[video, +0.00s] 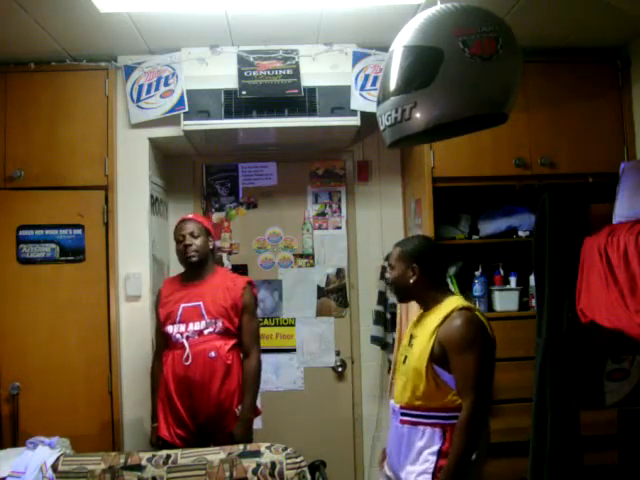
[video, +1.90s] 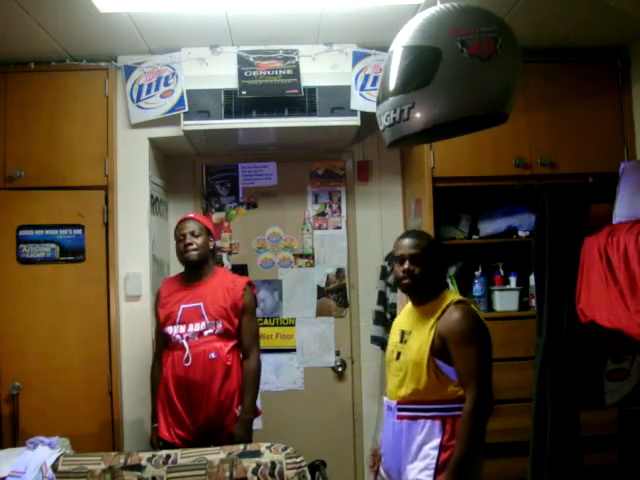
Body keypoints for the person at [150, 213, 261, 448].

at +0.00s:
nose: (186, 242)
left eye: (194, 236)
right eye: (180, 239)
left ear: (210, 241)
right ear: (176, 248)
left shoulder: (238, 287)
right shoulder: (167, 290)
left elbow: (251, 354)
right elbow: (160, 353)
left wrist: (246, 416)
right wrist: (157, 417)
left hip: (225, 415)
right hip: (176, 417)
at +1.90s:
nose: (187, 241)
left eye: (195, 234)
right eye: (180, 238)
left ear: (211, 242)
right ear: (176, 248)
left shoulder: (237, 288)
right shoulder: (167, 289)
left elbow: (251, 355)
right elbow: (160, 355)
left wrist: (245, 417)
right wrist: (157, 419)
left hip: (225, 416)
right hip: (176, 416)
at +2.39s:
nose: (187, 241)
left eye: (195, 235)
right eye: (180, 238)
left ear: (211, 242)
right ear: (176, 248)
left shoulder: (237, 288)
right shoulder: (167, 290)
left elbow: (251, 355)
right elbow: (160, 355)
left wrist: (246, 417)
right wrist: (157, 419)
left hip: (225, 416)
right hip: (176, 416)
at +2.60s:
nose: (187, 241)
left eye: (195, 235)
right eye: (180, 238)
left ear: (211, 242)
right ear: (176, 248)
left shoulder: (237, 288)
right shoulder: (167, 290)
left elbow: (251, 355)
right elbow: (160, 355)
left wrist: (246, 417)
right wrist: (157, 419)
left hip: (225, 416)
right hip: (176, 416)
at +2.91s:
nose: (187, 241)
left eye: (195, 235)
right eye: (180, 238)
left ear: (211, 242)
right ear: (176, 248)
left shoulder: (237, 288)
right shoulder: (167, 290)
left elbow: (251, 355)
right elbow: (160, 355)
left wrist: (246, 417)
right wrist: (157, 419)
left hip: (225, 416)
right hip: (176, 416)